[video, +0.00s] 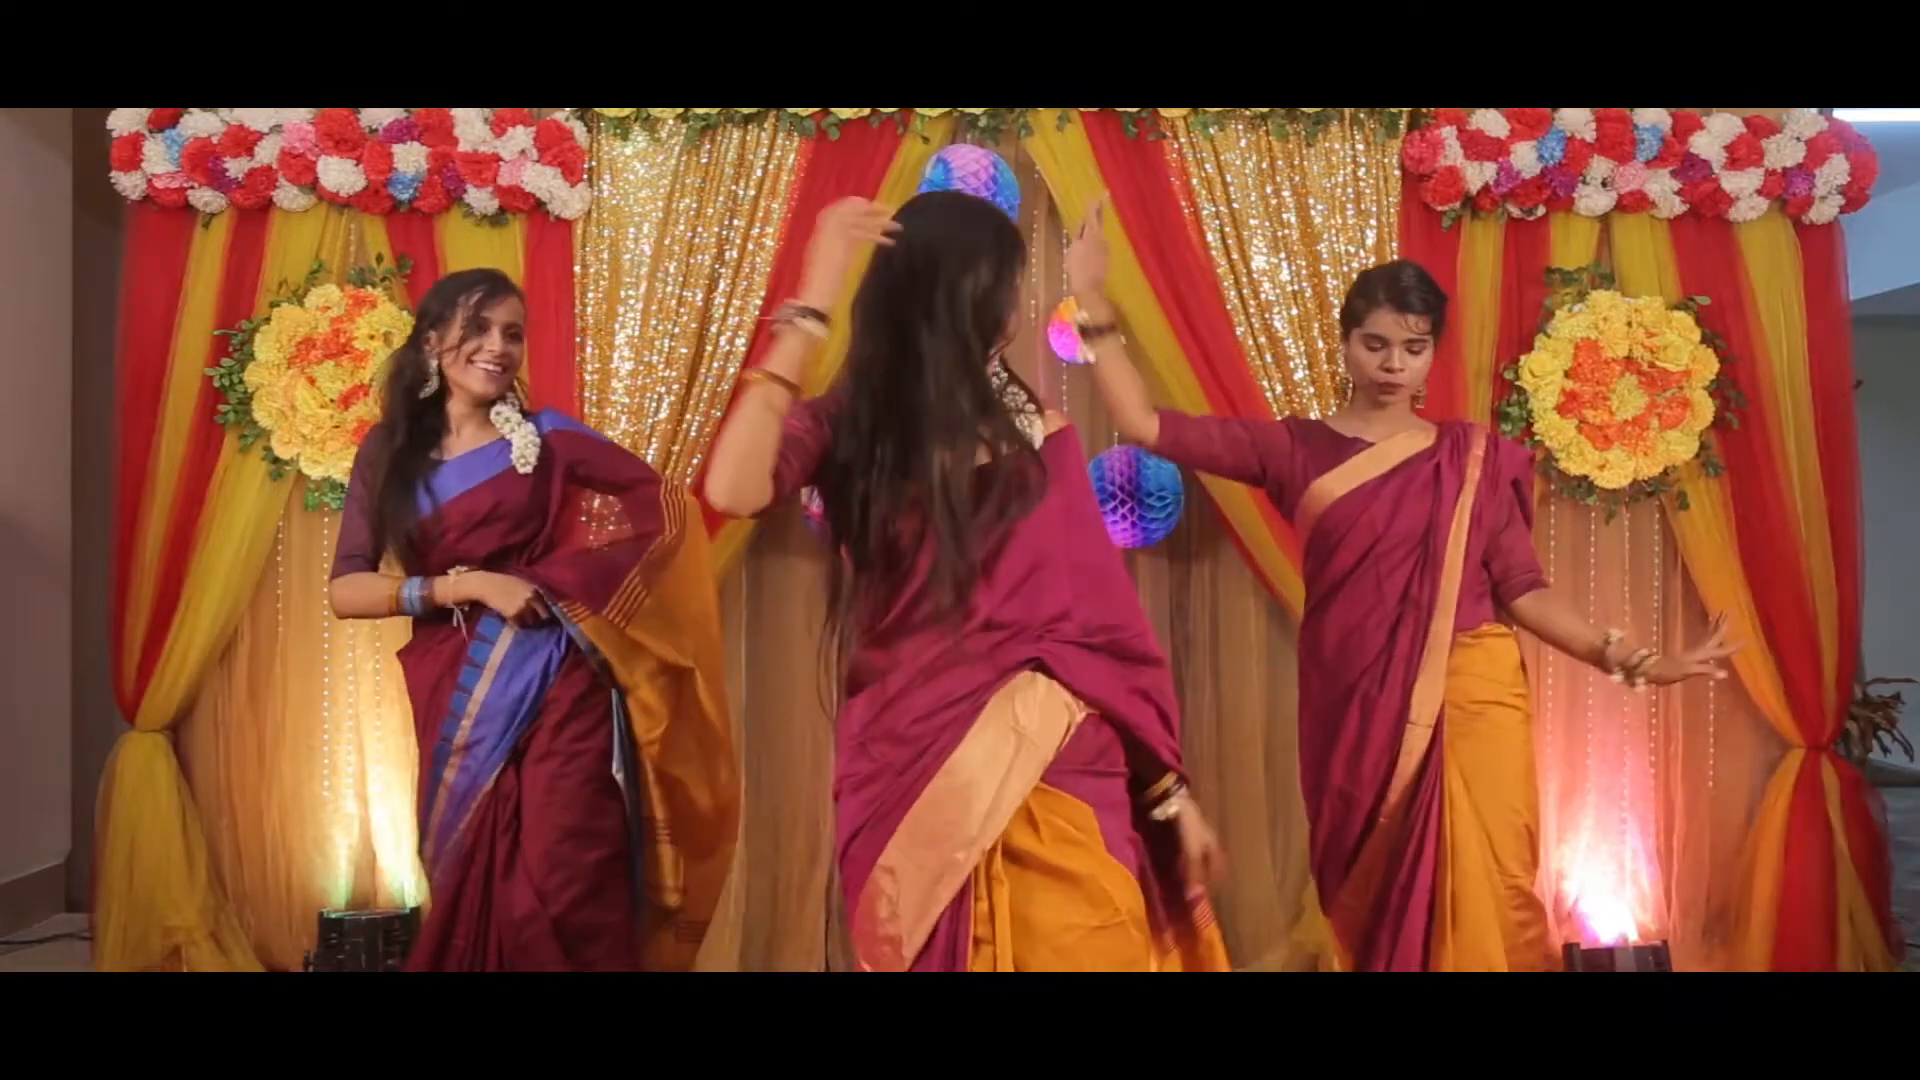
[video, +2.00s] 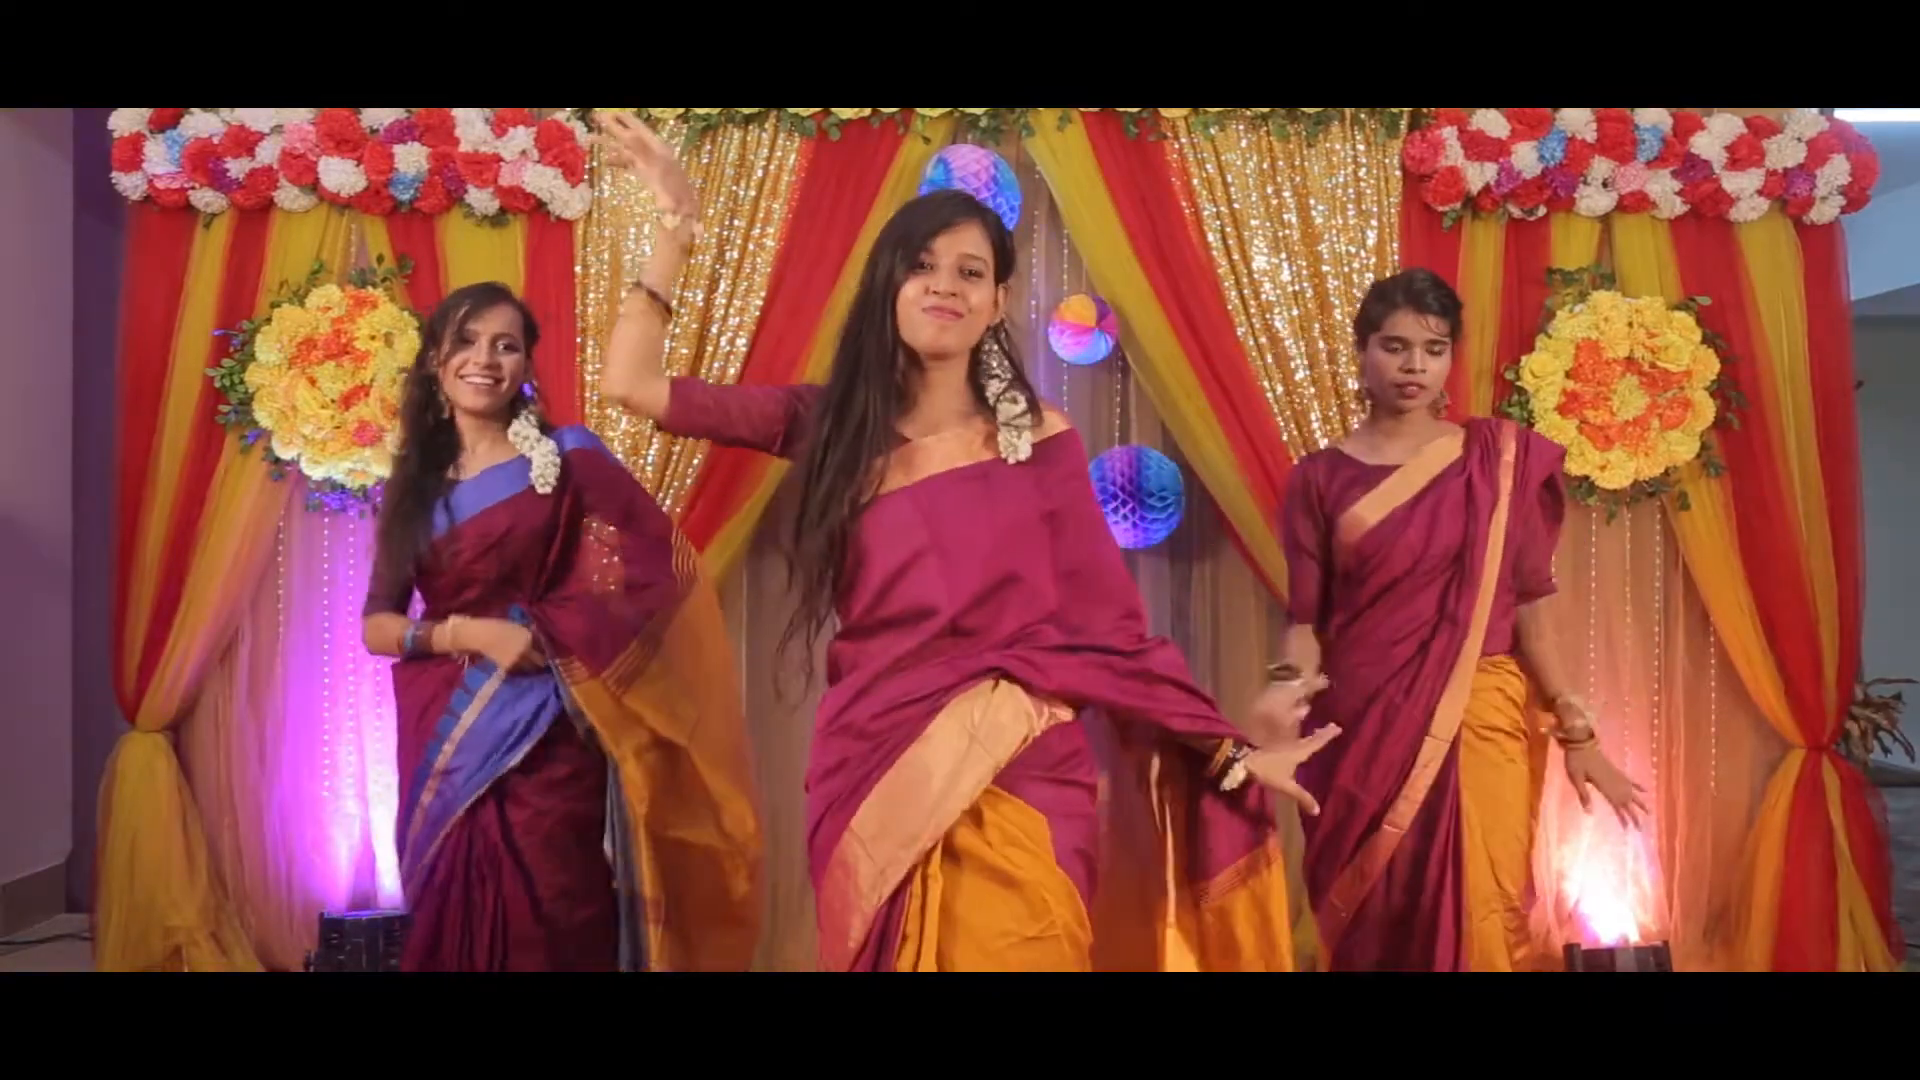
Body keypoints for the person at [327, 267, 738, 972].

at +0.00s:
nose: (499, 347)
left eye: (513, 334)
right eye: (479, 330)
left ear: (525, 348)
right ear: (433, 341)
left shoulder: (547, 434)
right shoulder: (390, 450)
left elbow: (658, 506)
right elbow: (346, 590)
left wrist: (564, 584)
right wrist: (465, 583)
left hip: (563, 686)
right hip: (458, 696)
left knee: (560, 890)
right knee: (471, 896)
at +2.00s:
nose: (484, 359)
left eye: (505, 346)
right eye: (466, 342)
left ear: (526, 367)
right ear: (436, 363)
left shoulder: (567, 454)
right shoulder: (416, 487)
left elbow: (666, 562)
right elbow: (377, 627)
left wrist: (554, 634)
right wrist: (464, 632)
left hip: (551, 724)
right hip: (443, 730)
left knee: (556, 924)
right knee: (453, 920)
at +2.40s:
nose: (489, 358)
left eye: (510, 345)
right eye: (471, 339)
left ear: (531, 369)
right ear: (441, 358)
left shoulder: (570, 460)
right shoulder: (414, 482)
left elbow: (620, 584)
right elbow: (408, 607)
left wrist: (603, 691)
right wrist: (379, 687)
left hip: (540, 735)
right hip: (433, 742)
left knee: (541, 933)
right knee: (440, 933)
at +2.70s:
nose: (511, 340)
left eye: (531, 328)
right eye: (491, 323)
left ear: (551, 352)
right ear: (458, 343)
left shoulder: (591, 456)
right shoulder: (417, 457)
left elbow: (618, 584)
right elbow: (395, 582)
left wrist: (648, 579)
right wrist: (377, 651)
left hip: (570, 711)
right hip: (453, 717)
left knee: (566, 919)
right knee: (456, 916)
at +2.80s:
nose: (518, 371)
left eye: (537, 356)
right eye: (498, 354)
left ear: (558, 381)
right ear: (466, 377)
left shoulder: (598, 492)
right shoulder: (420, 489)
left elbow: (623, 650)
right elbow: (384, 627)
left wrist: (650, 575)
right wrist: (417, 661)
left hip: (577, 750)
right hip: (461, 747)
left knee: (576, 942)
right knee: (462, 937)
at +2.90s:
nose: (526, 374)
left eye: (544, 358)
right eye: (505, 359)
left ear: (568, 380)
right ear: (475, 382)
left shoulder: (598, 489)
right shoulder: (428, 484)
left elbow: (638, 647)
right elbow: (383, 631)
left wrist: (608, 572)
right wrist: (517, 663)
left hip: (586, 762)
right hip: (466, 767)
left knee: (587, 952)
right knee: (466, 945)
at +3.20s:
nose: (522, 362)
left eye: (541, 345)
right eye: (501, 348)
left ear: (569, 361)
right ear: (477, 370)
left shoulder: (619, 472)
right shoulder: (450, 477)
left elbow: (651, 616)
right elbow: (404, 634)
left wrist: (587, 506)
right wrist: (473, 577)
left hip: (567, 728)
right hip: (448, 725)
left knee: (550, 926)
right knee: (437, 923)